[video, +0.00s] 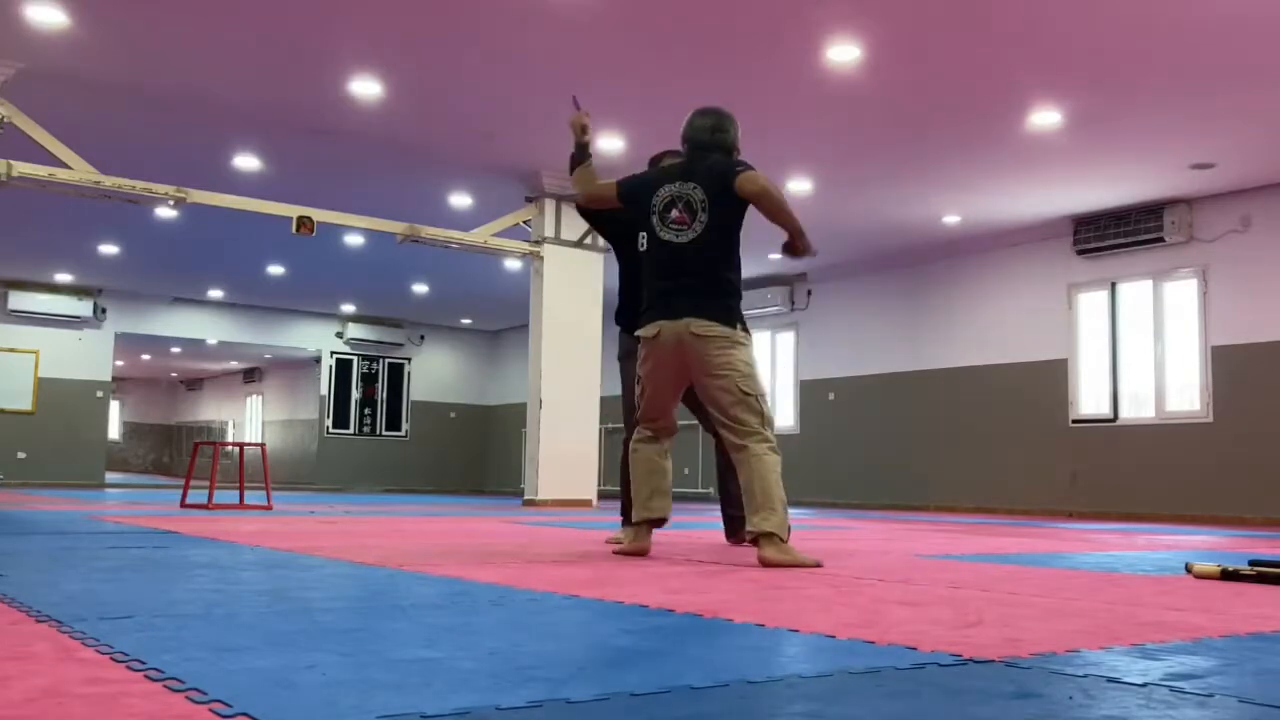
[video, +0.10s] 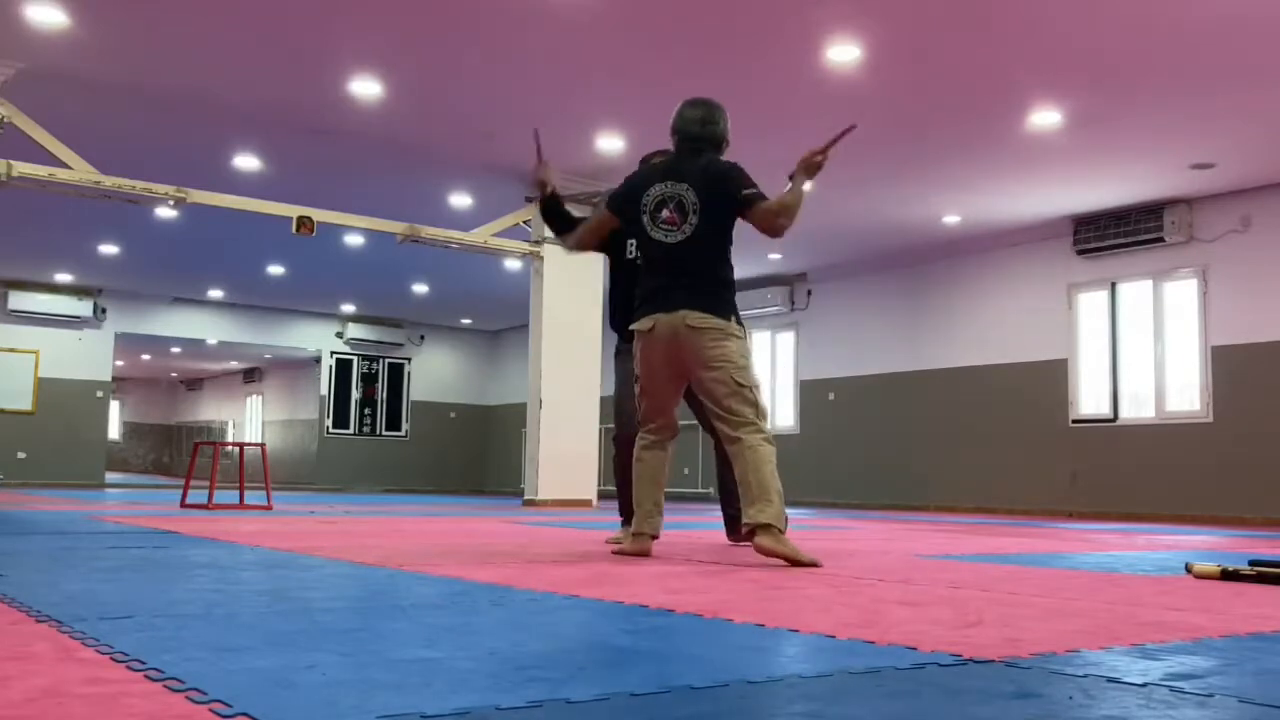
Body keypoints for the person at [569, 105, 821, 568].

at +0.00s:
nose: (738, 151)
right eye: (737, 143)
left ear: (682, 144)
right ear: (731, 145)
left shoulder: (650, 182)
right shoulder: (729, 169)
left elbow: (587, 194)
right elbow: (759, 189)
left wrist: (582, 145)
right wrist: (796, 234)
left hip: (657, 329)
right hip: (717, 327)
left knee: (651, 428)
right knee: (751, 433)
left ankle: (638, 532)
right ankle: (771, 540)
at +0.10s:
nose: (726, 141)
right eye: (725, 134)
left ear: (673, 136)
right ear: (722, 138)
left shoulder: (640, 180)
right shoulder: (724, 174)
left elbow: (585, 237)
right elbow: (775, 223)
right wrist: (801, 178)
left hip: (651, 323)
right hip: (711, 320)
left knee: (654, 428)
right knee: (745, 426)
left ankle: (640, 533)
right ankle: (767, 527)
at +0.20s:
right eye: (704, 125)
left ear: (654, 131)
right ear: (705, 130)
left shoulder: (629, 183)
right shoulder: (723, 172)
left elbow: (616, 260)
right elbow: (766, 214)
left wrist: (630, 320)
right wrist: (779, 150)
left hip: (652, 316)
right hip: (715, 311)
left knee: (648, 428)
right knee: (744, 417)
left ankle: (639, 534)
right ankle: (769, 517)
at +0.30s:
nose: (648, 130)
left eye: (649, 124)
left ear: (651, 129)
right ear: (701, 125)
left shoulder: (637, 174)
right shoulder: (725, 168)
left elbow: (621, 243)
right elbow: (733, 156)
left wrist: (629, 308)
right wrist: (736, 126)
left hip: (664, 310)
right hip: (725, 305)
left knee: (651, 428)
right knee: (751, 419)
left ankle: (640, 534)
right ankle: (775, 521)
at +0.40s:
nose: (652, 135)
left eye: (651, 127)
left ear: (654, 131)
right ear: (700, 127)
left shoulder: (648, 171)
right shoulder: (726, 160)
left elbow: (647, 241)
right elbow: (693, 147)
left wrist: (650, 303)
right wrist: (663, 113)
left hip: (677, 308)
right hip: (735, 304)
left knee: (657, 426)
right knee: (756, 419)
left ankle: (643, 534)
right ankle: (781, 522)